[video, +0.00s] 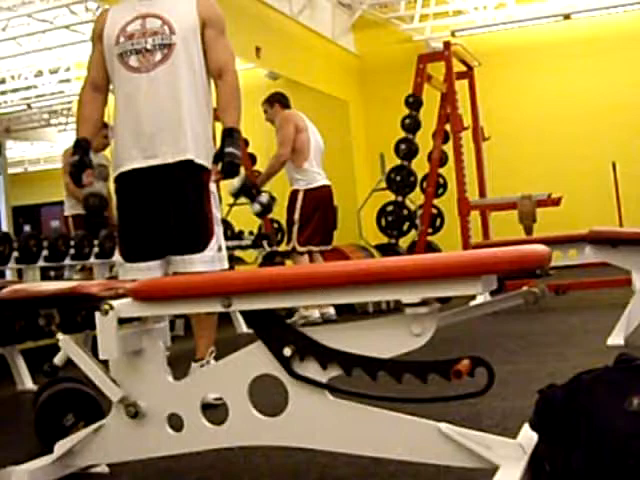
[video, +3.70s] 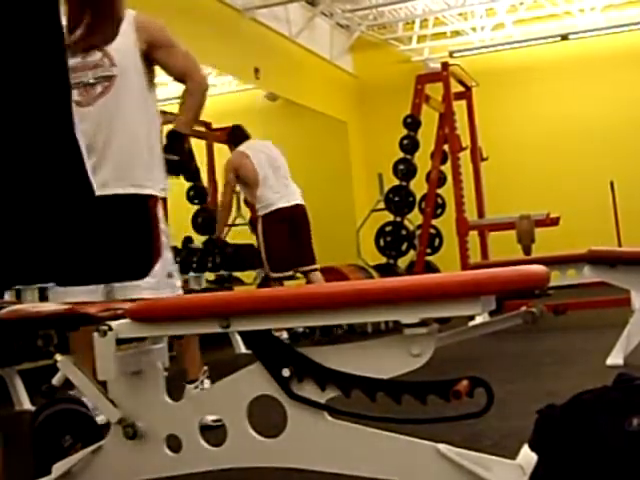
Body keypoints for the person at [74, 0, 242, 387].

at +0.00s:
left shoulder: (201, 8)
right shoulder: (107, 20)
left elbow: (225, 72)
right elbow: (95, 87)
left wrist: (231, 138)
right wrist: (84, 145)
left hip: (188, 153)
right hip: (132, 160)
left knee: (200, 269)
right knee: (141, 275)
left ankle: (204, 360)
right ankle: (150, 368)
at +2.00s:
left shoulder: (210, 34)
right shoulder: (116, 40)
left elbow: (238, 101)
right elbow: (104, 108)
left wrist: (242, 165)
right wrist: (98, 169)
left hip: (197, 180)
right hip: (138, 185)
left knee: (205, 292)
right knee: (142, 299)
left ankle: (204, 383)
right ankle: (147, 387)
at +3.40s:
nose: (92, 10)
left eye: (96, 4)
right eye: (89, 8)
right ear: (98, 2)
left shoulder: (182, 26)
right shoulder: (93, 41)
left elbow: (240, 73)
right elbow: (83, 112)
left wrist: (211, 128)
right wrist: (71, 175)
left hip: (174, 187)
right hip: (113, 191)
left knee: (191, 302)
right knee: (99, 308)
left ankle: (202, 391)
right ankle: (96, 400)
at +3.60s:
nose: (83, 7)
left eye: (93, 2)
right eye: (81, 2)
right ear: (76, 1)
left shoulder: (150, 26)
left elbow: (211, 78)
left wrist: (190, 129)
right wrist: (190, 129)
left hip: (146, 186)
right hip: (86, 191)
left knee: (174, 296)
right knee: (86, 308)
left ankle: (199, 386)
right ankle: (90, 399)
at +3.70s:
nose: (73, 9)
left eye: (78, 4)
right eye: (73, 5)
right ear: (74, 5)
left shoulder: (138, 28)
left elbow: (196, 79)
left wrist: (179, 134)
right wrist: (180, 132)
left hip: (134, 184)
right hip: (82, 189)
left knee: (161, 296)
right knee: (77, 306)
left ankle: (195, 382)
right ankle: (86, 397)